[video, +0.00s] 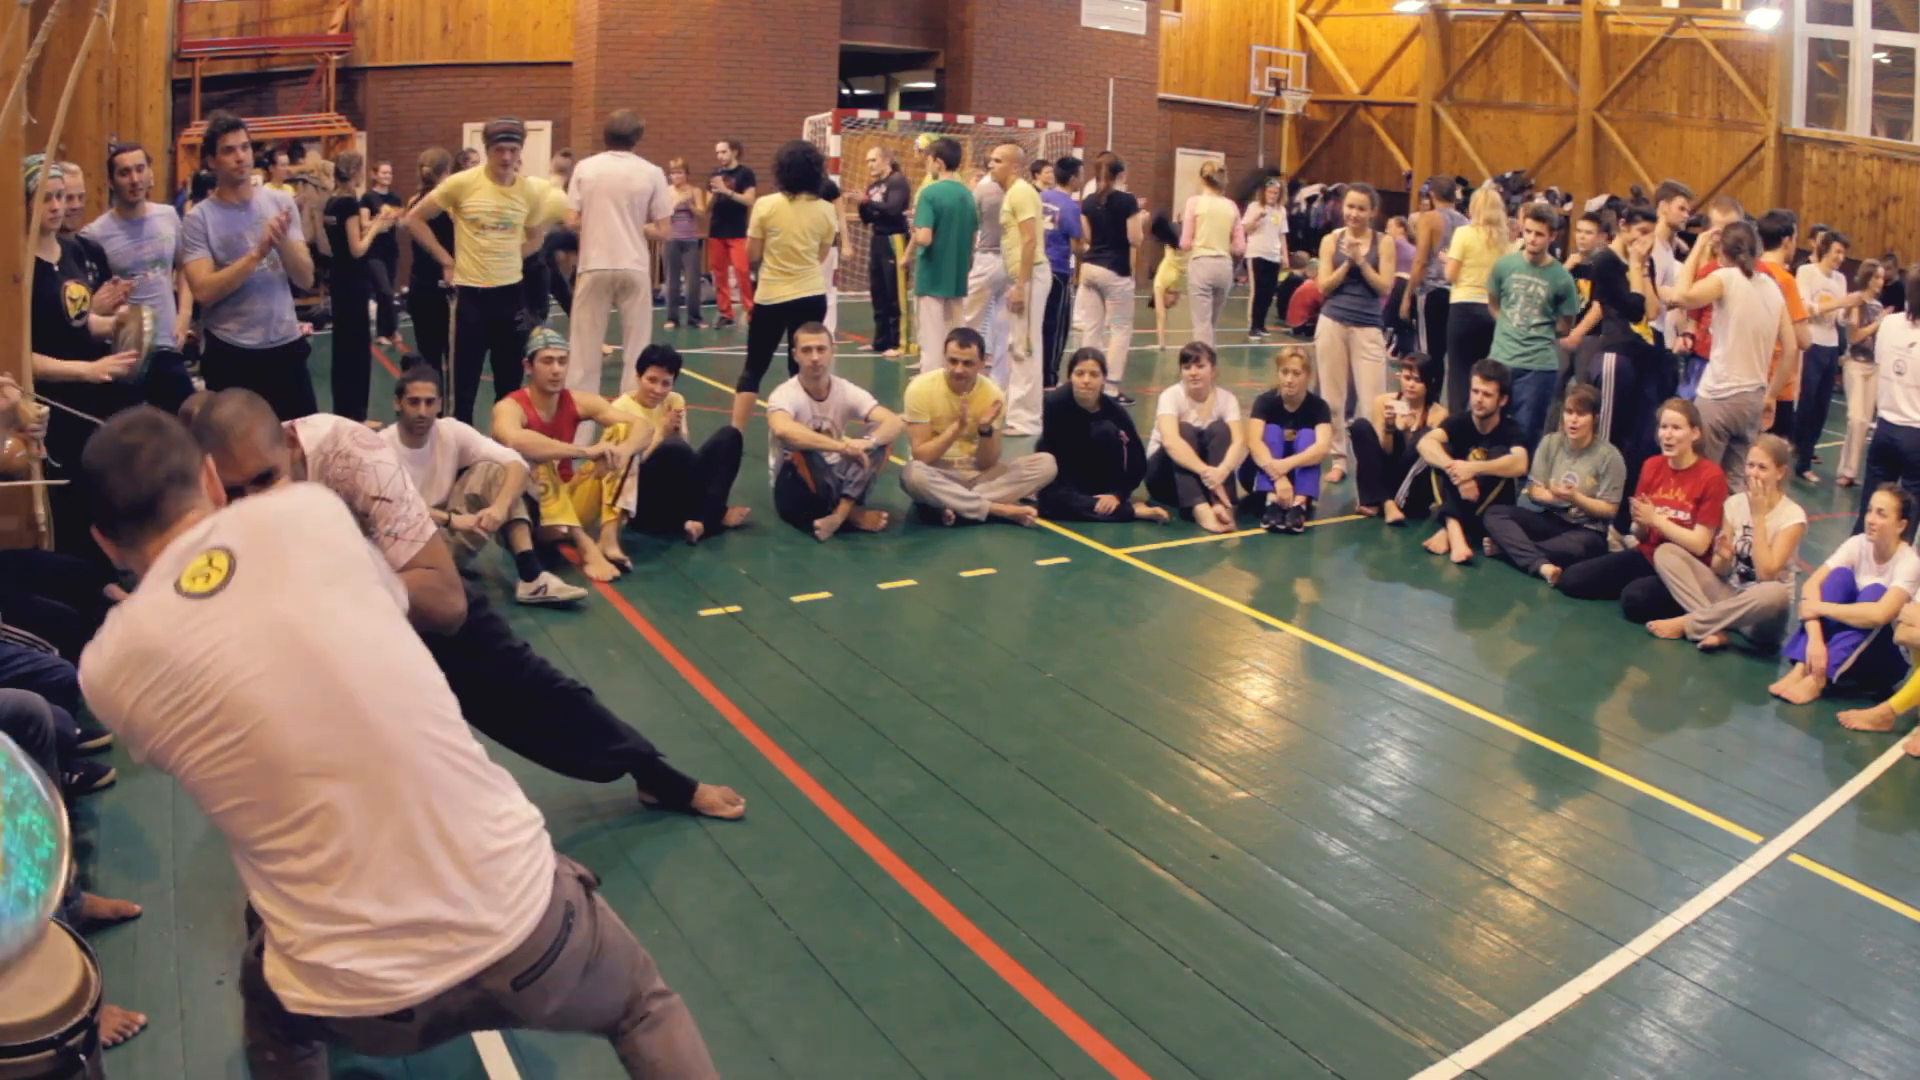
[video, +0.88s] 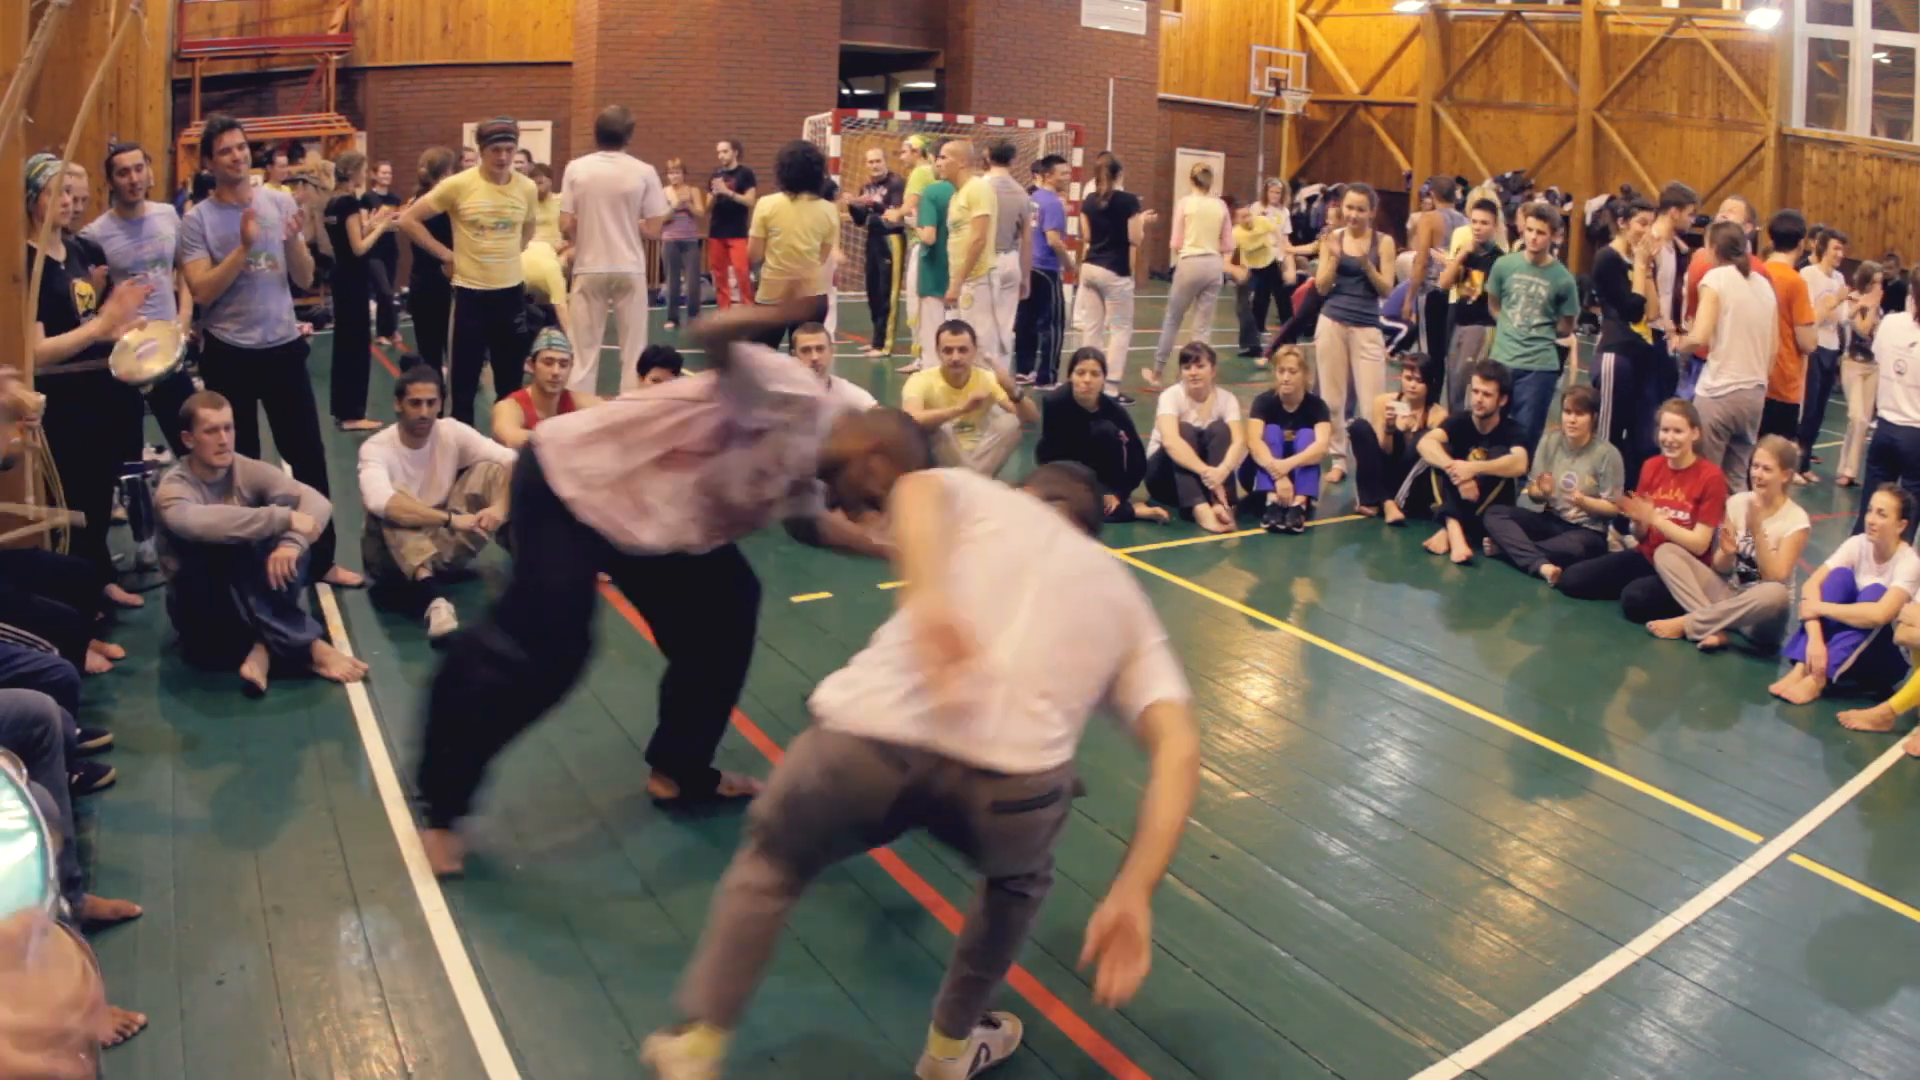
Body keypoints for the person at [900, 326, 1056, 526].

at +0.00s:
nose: (959, 370)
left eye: (968, 363)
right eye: (953, 361)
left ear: (982, 363)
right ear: (944, 358)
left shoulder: (992, 392)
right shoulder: (921, 388)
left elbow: (986, 463)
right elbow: (921, 457)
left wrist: (985, 430)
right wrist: (956, 427)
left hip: (982, 473)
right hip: (939, 473)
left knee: (1047, 464)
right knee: (912, 473)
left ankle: (962, 508)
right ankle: (995, 509)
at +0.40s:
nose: (954, 361)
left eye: (963, 354)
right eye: (948, 353)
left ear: (975, 355)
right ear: (939, 352)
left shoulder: (989, 386)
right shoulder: (918, 385)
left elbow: (987, 452)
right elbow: (921, 447)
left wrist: (981, 409)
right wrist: (963, 410)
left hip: (979, 465)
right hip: (938, 465)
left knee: (1033, 447)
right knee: (916, 466)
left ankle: (955, 504)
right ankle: (1002, 509)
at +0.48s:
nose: (954, 357)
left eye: (962, 350)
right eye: (947, 349)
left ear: (975, 351)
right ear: (938, 350)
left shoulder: (988, 381)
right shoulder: (918, 381)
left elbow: (995, 436)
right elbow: (920, 436)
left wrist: (982, 391)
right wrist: (963, 400)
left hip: (974, 463)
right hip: (937, 463)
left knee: (1023, 442)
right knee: (919, 456)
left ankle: (949, 501)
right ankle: (1002, 507)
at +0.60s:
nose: (954, 353)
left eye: (961, 346)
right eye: (946, 346)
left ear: (974, 348)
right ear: (937, 348)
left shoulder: (983, 376)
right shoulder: (919, 377)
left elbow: (1008, 414)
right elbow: (917, 418)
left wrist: (986, 368)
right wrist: (962, 384)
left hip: (971, 470)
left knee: (1019, 432)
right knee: (925, 437)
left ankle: (947, 499)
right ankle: (997, 506)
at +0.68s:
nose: (954, 352)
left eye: (961, 346)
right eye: (946, 346)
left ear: (972, 348)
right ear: (937, 348)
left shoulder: (981, 375)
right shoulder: (919, 376)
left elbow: (1018, 406)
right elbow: (915, 412)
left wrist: (989, 361)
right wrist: (962, 376)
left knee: (1012, 427)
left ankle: (948, 499)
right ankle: (990, 503)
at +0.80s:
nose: (954, 355)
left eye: (961, 348)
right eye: (946, 349)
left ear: (973, 349)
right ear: (937, 350)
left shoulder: (987, 378)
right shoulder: (919, 378)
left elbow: (1030, 410)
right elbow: (910, 416)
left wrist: (1007, 376)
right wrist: (960, 391)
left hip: (979, 451)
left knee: (1013, 424)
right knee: (935, 426)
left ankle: (975, 475)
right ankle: (968, 478)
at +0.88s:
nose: (956, 358)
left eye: (963, 350)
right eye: (948, 351)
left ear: (974, 351)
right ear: (938, 353)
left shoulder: (987, 379)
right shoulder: (920, 381)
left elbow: (1032, 418)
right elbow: (914, 419)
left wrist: (1013, 390)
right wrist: (961, 410)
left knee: (1011, 424)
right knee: (940, 429)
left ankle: (975, 480)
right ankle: (975, 480)